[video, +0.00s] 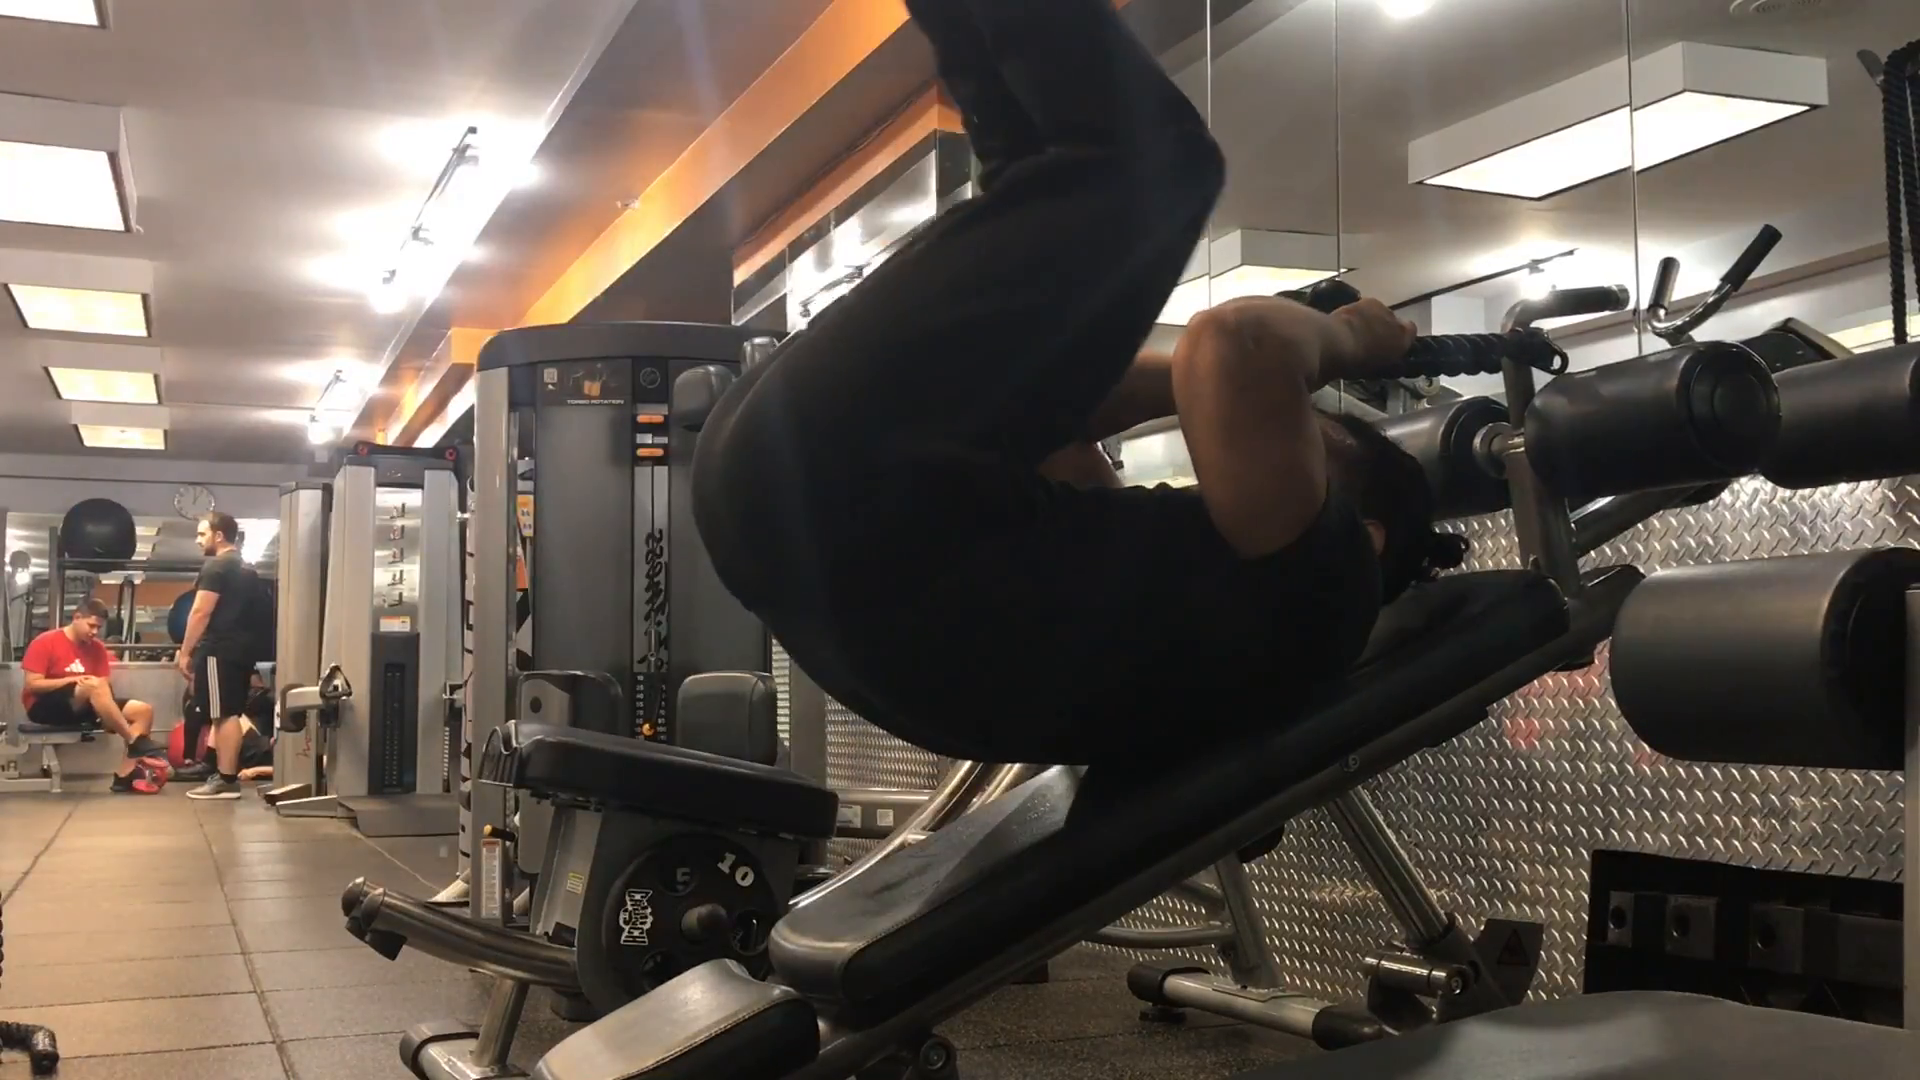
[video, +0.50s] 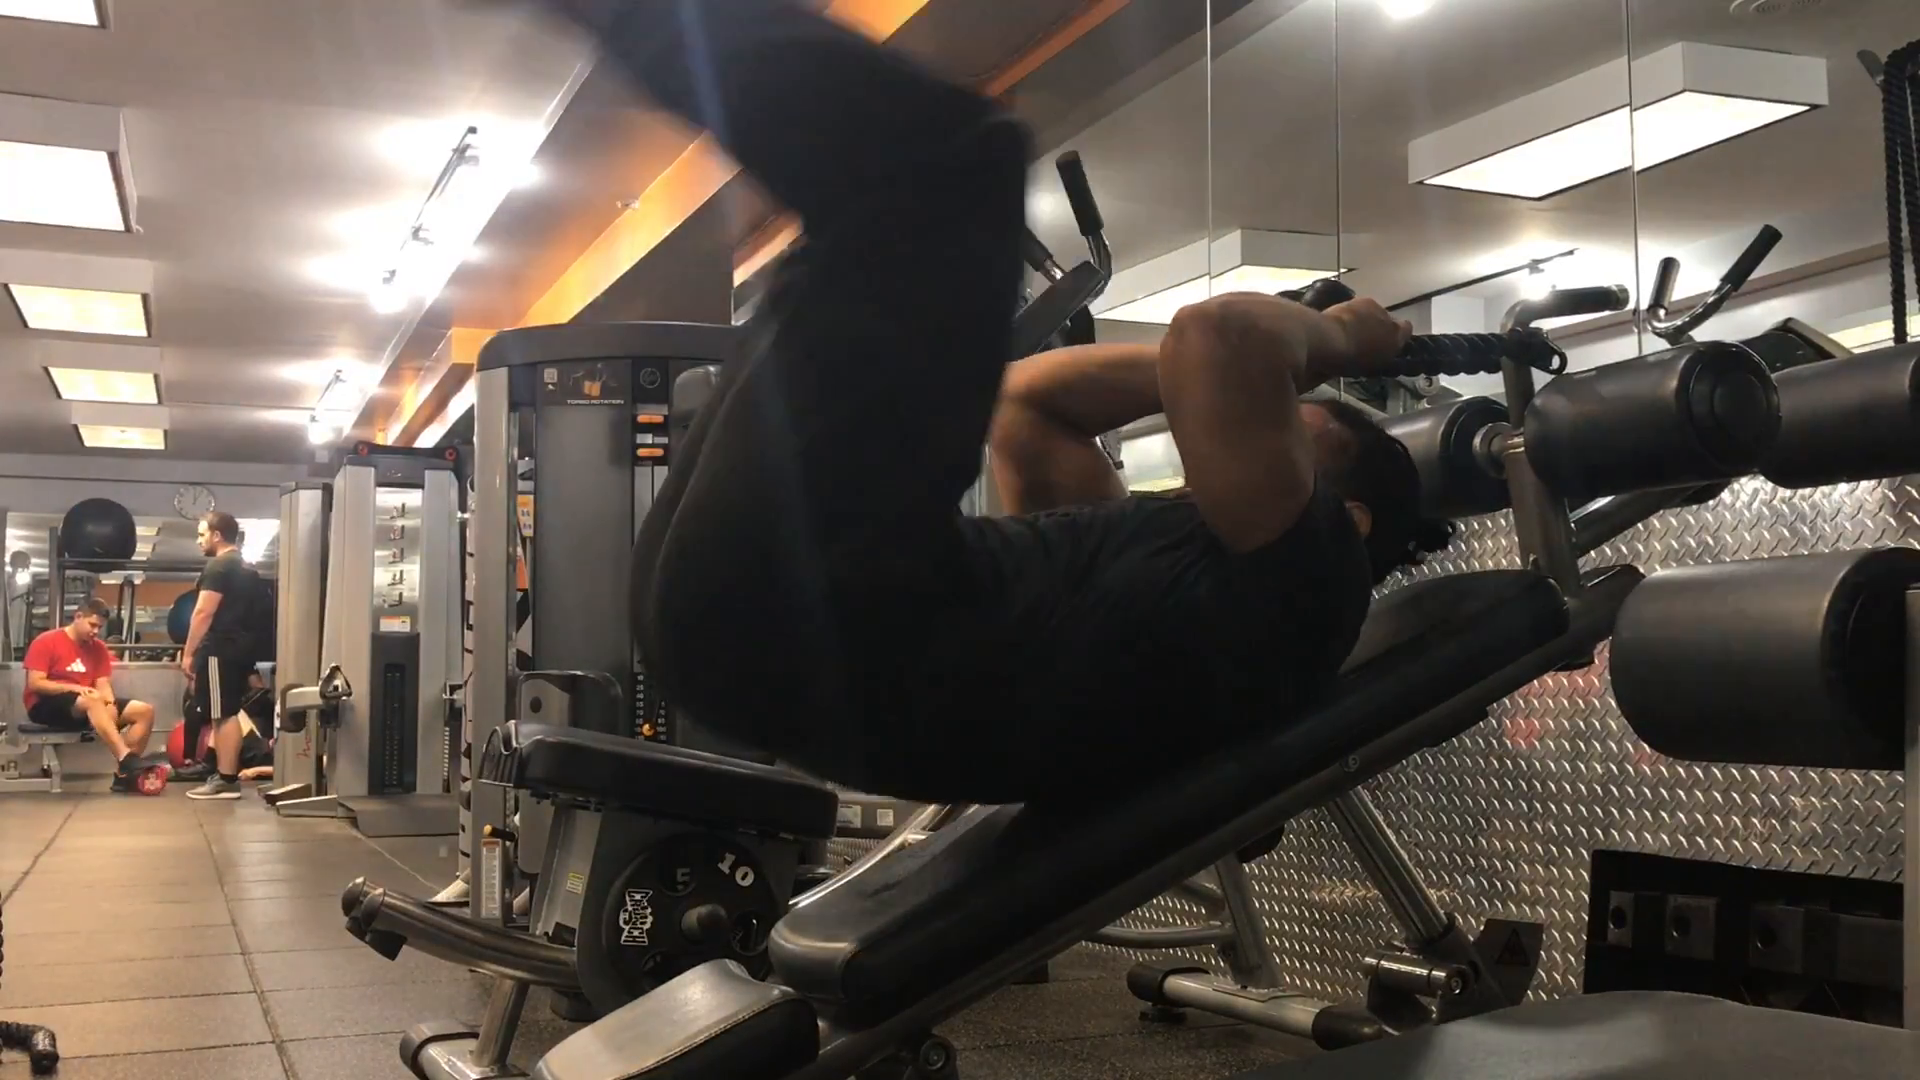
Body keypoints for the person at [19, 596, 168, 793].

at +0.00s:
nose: (94, 632)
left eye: (98, 628)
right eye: (91, 626)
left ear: (102, 627)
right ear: (76, 618)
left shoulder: (97, 649)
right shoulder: (45, 642)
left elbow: (104, 686)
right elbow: (32, 684)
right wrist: (74, 680)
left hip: (84, 707)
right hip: (45, 708)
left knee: (143, 711)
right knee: (97, 685)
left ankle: (124, 775)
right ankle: (133, 741)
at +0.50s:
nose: (95, 632)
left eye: (99, 628)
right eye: (92, 625)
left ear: (102, 627)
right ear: (77, 616)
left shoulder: (98, 648)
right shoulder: (46, 641)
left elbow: (103, 684)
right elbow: (35, 683)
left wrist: (110, 704)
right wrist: (76, 689)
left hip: (84, 706)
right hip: (46, 705)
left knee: (144, 712)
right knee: (94, 701)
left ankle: (123, 776)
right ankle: (125, 757)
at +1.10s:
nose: (95, 633)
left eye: (99, 628)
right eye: (91, 626)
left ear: (104, 627)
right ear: (78, 617)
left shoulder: (101, 649)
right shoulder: (46, 643)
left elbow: (109, 682)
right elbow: (36, 685)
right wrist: (71, 696)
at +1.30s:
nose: (93, 633)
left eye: (97, 628)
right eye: (89, 627)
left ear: (102, 626)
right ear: (75, 617)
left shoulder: (99, 647)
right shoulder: (46, 643)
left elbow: (102, 684)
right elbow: (37, 686)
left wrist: (109, 705)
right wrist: (74, 696)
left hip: (86, 703)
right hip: (46, 706)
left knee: (144, 712)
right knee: (86, 711)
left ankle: (128, 773)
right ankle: (106, 776)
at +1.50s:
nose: (91, 632)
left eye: (95, 627)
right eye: (87, 626)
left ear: (99, 625)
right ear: (73, 618)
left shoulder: (97, 647)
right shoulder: (45, 643)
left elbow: (101, 683)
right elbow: (38, 687)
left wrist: (106, 708)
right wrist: (77, 695)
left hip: (82, 704)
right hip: (44, 704)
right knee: (88, 712)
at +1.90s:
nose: (89, 630)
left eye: (93, 625)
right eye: (85, 623)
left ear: (97, 624)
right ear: (70, 617)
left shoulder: (96, 646)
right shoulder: (43, 643)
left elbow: (100, 684)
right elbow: (37, 685)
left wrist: (107, 706)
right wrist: (76, 695)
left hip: (84, 702)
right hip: (46, 705)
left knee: (143, 712)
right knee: (89, 711)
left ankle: (128, 773)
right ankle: (106, 776)